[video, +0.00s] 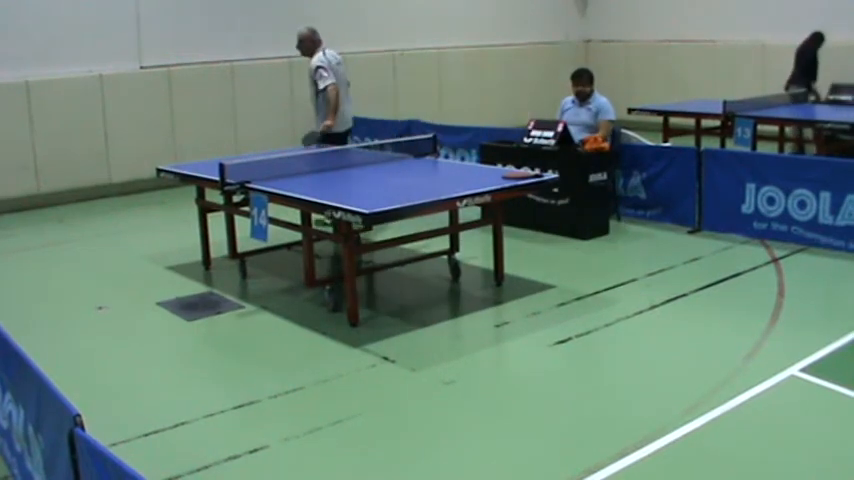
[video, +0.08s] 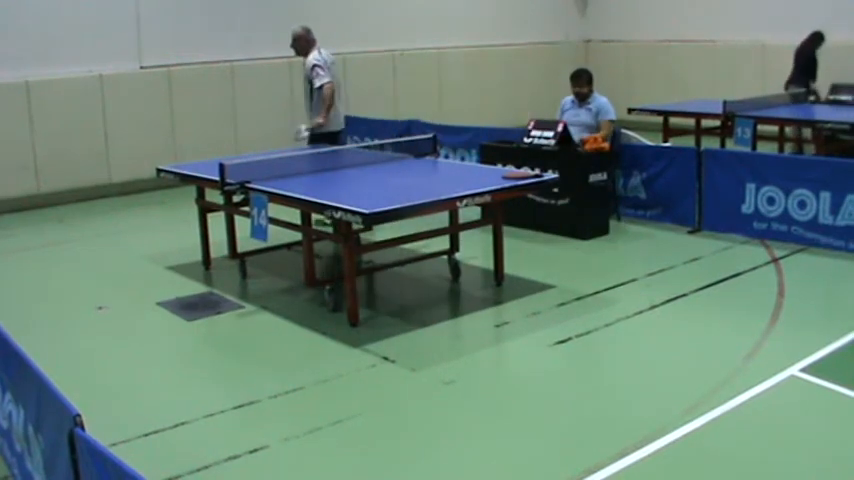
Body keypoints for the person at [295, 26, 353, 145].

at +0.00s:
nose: (297, 47)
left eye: (301, 42)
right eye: (298, 42)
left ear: (312, 42)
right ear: (316, 42)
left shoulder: (318, 63)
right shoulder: (333, 55)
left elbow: (332, 88)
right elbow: (346, 84)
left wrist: (330, 119)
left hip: (331, 129)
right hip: (344, 124)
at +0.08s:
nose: (292, 46)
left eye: (295, 41)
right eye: (292, 41)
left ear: (305, 41)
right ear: (308, 41)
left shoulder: (313, 60)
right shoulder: (325, 54)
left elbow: (328, 86)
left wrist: (323, 117)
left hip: (323, 128)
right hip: (334, 126)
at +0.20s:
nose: (282, 46)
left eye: (286, 42)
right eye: (283, 42)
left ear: (298, 42)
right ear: (299, 42)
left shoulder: (306, 62)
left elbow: (321, 89)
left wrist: (309, 117)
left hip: (314, 131)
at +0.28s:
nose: (276, 50)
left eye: (279, 45)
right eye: (276, 46)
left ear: (291, 44)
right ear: (292, 45)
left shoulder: (301, 64)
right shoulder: (297, 61)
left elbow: (315, 91)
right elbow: (304, 94)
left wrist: (301, 117)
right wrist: (294, 116)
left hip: (310, 131)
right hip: (305, 129)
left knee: (303, 173)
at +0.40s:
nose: (265, 50)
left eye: (268, 46)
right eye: (265, 46)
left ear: (280, 46)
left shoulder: (289, 66)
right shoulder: (279, 65)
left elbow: (308, 91)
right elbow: (283, 98)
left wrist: (295, 120)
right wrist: (273, 118)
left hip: (297, 134)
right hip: (287, 132)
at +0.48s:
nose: (256, 52)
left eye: (259, 47)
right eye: (256, 48)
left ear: (271, 48)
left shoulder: (283, 66)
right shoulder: (271, 67)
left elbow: (305, 90)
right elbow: (272, 103)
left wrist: (295, 120)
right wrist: (260, 126)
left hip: (292, 131)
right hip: (281, 130)